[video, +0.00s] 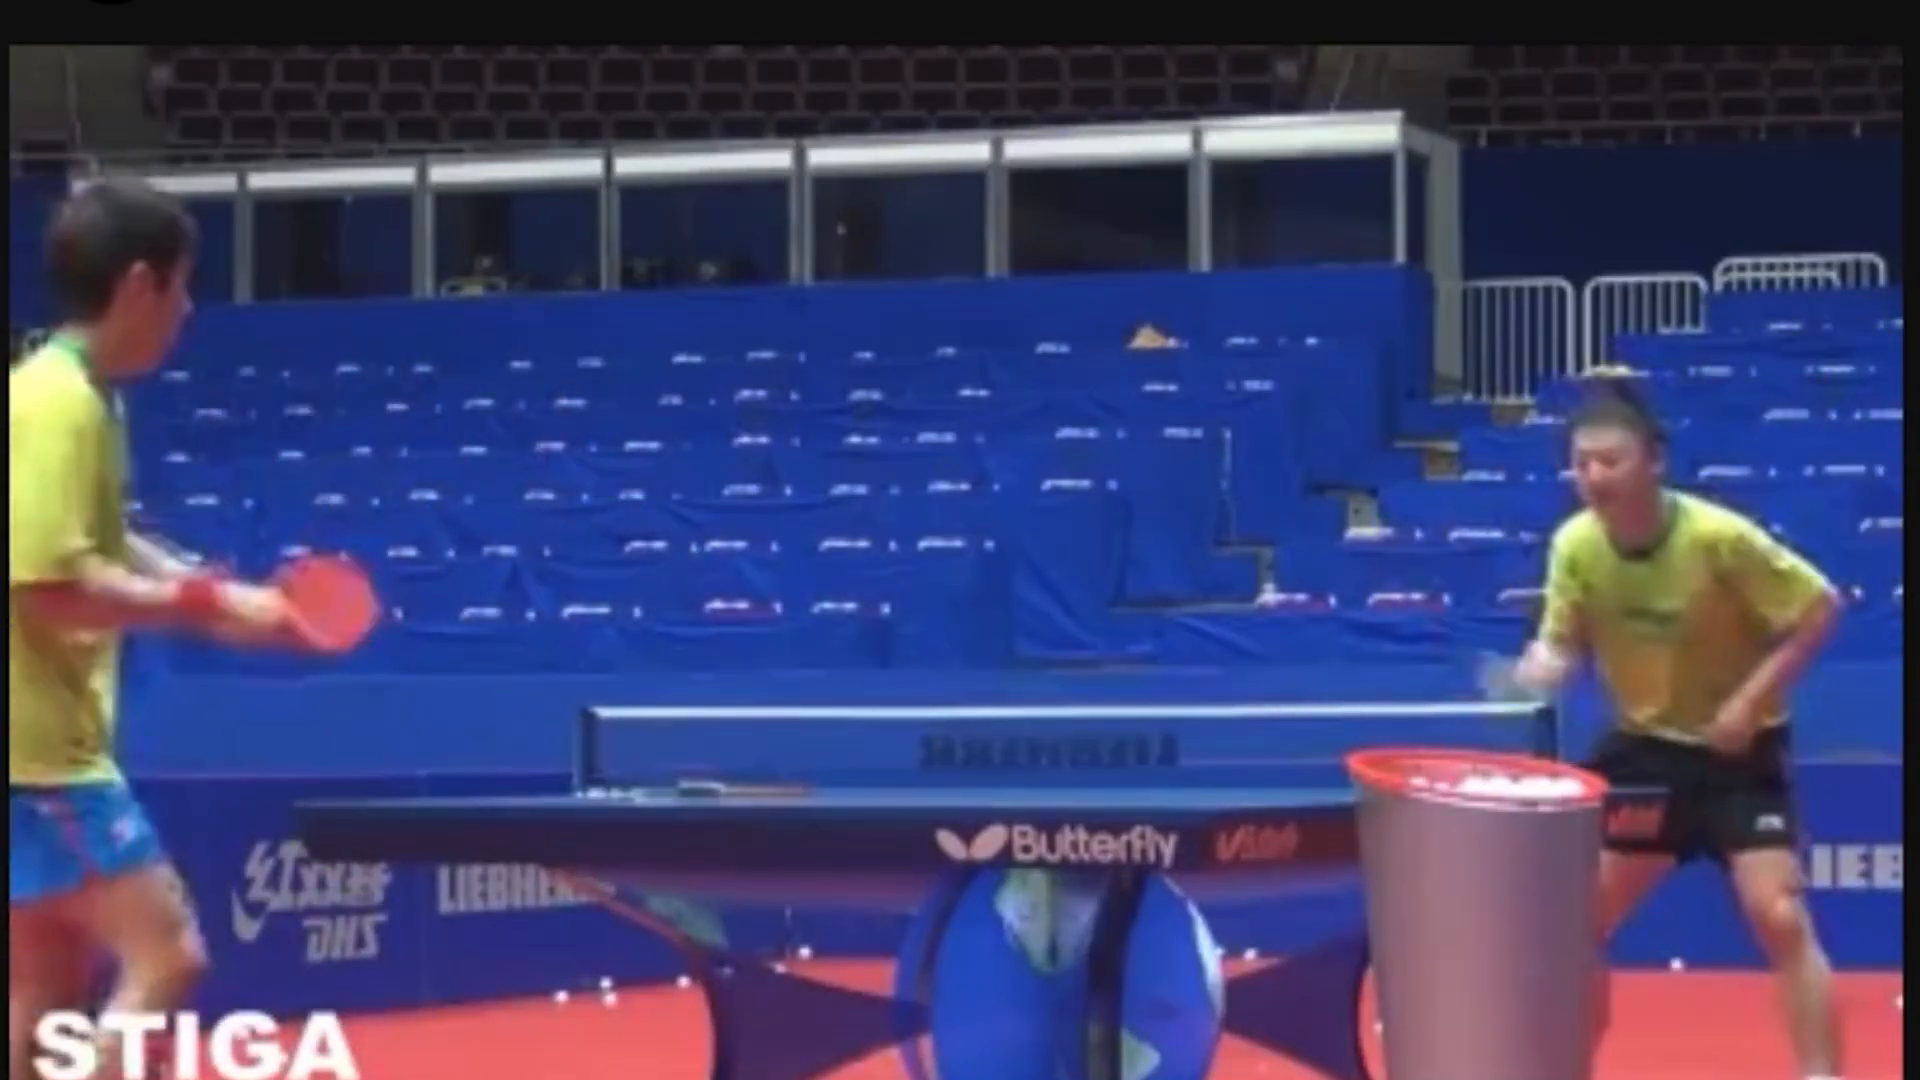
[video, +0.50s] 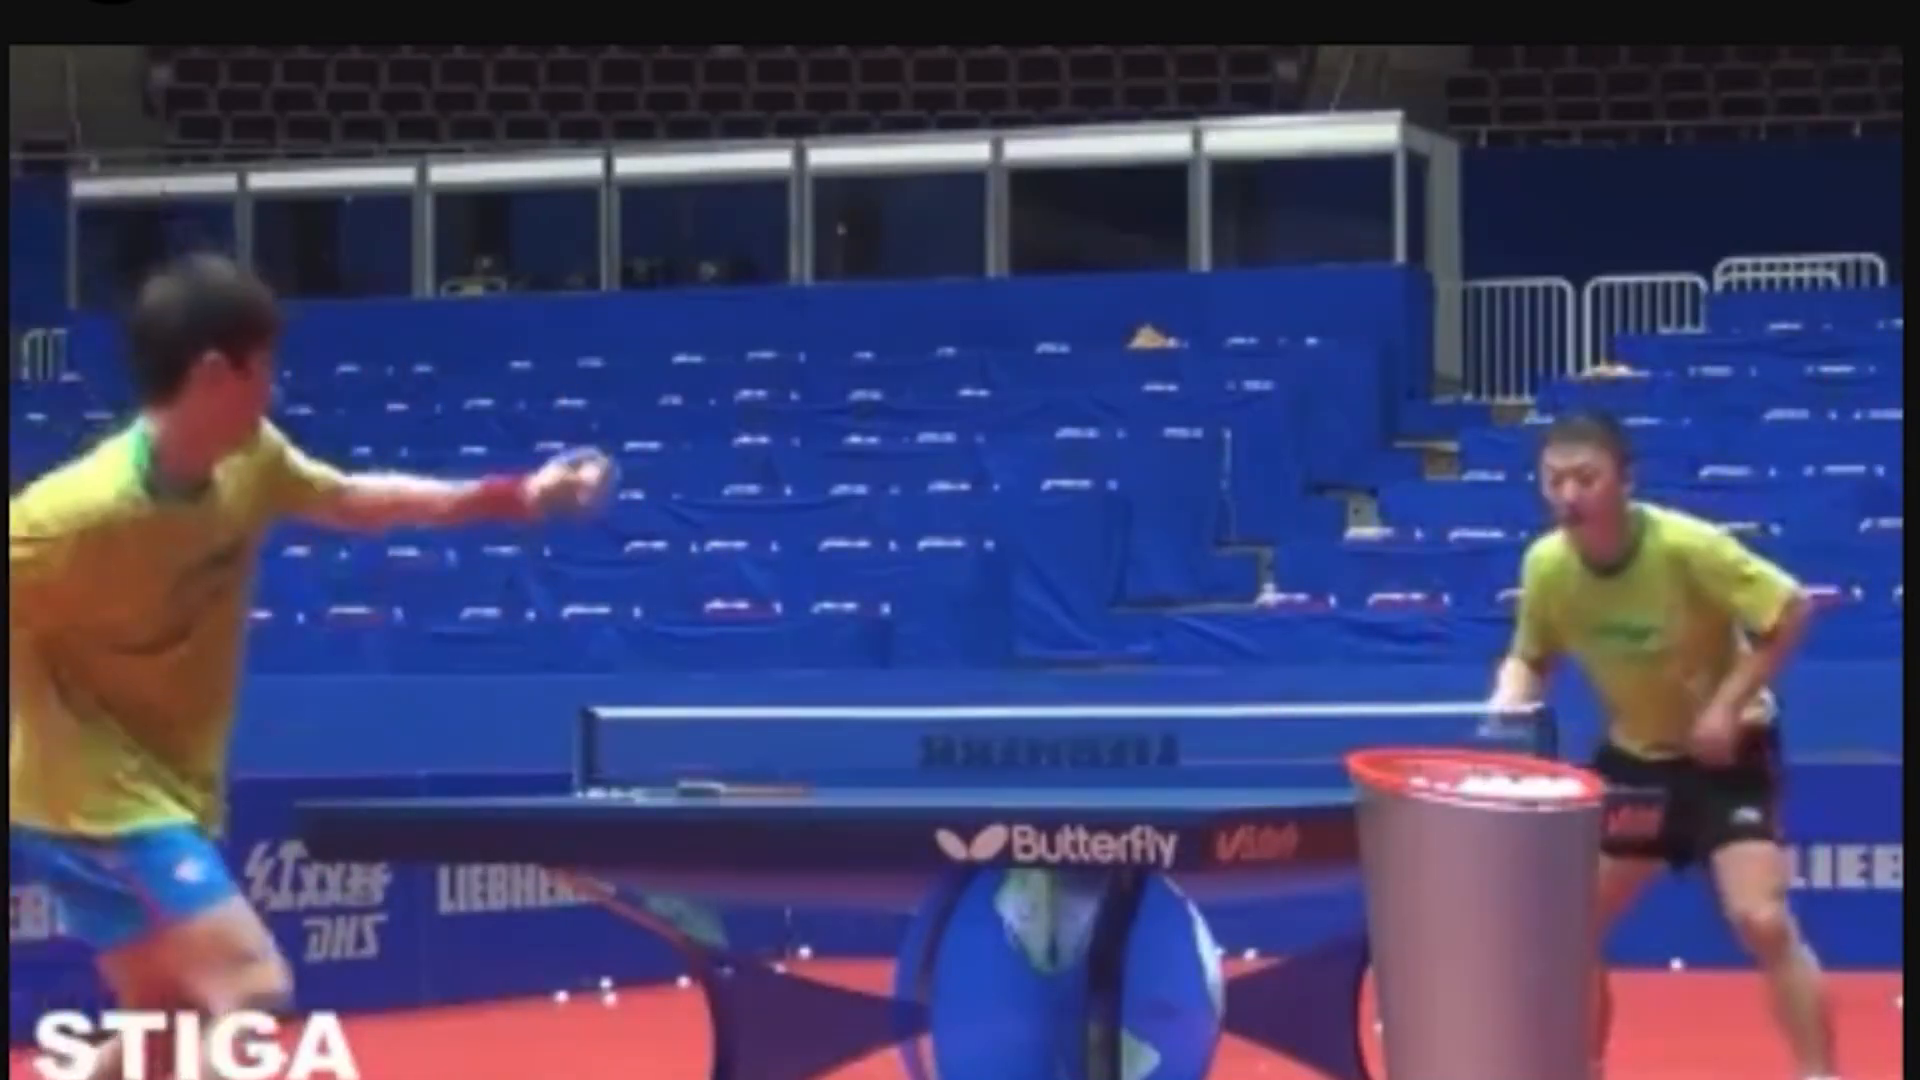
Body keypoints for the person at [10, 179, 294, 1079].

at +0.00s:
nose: (187, 312)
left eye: (186, 288)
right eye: (180, 287)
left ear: (120, 288)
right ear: (135, 287)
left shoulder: (77, 398)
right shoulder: (53, 402)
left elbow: (105, 546)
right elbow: (49, 590)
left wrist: (228, 595)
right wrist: (205, 607)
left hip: (47, 751)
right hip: (42, 757)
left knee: (44, 979)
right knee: (165, 953)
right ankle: (87, 1077)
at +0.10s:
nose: (194, 319)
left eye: (195, 297)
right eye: (190, 295)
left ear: (129, 296)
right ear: (148, 293)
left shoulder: (128, 407)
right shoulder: (47, 419)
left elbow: (164, 536)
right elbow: (27, 598)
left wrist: (273, 585)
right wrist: (179, 638)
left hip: (67, 753)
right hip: (44, 761)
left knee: (70, 996)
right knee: (160, 968)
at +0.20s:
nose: (209, 328)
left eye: (208, 306)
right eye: (200, 305)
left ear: (146, 308)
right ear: (153, 306)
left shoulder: (160, 419)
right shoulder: (52, 435)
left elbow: (216, 530)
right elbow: (26, 623)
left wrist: (324, 578)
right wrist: (157, 696)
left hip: (99, 756)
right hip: (48, 764)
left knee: (86, 996)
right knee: (143, 984)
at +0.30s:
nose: (231, 343)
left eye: (231, 322)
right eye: (223, 320)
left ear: (170, 325)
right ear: (172, 324)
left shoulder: (199, 435)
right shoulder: (57, 465)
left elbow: (288, 520)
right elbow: (20, 670)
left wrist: (411, 570)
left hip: (136, 782)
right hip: (77, 790)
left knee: (112, 1001)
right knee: (190, 981)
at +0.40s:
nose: (255, 362)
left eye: (255, 341)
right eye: (248, 339)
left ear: (193, 345)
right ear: (193, 344)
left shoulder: (228, 442)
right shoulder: (61, 490)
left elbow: (323, 504)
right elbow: (12, 674)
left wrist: (467, 532)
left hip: (153, 773)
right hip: (71, 779)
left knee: (141, 1016)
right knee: (224, 985)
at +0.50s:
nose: (272, 391)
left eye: (271, 370)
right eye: (266, 368)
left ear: (213, 376)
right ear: (212, 375)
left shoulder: (249, 460)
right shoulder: (72, 517)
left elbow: (350, 501)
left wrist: (516, 497)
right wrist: (42, 720)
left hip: (166, 790)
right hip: (82, 794)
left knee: (159, 1026)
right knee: (252, 992)